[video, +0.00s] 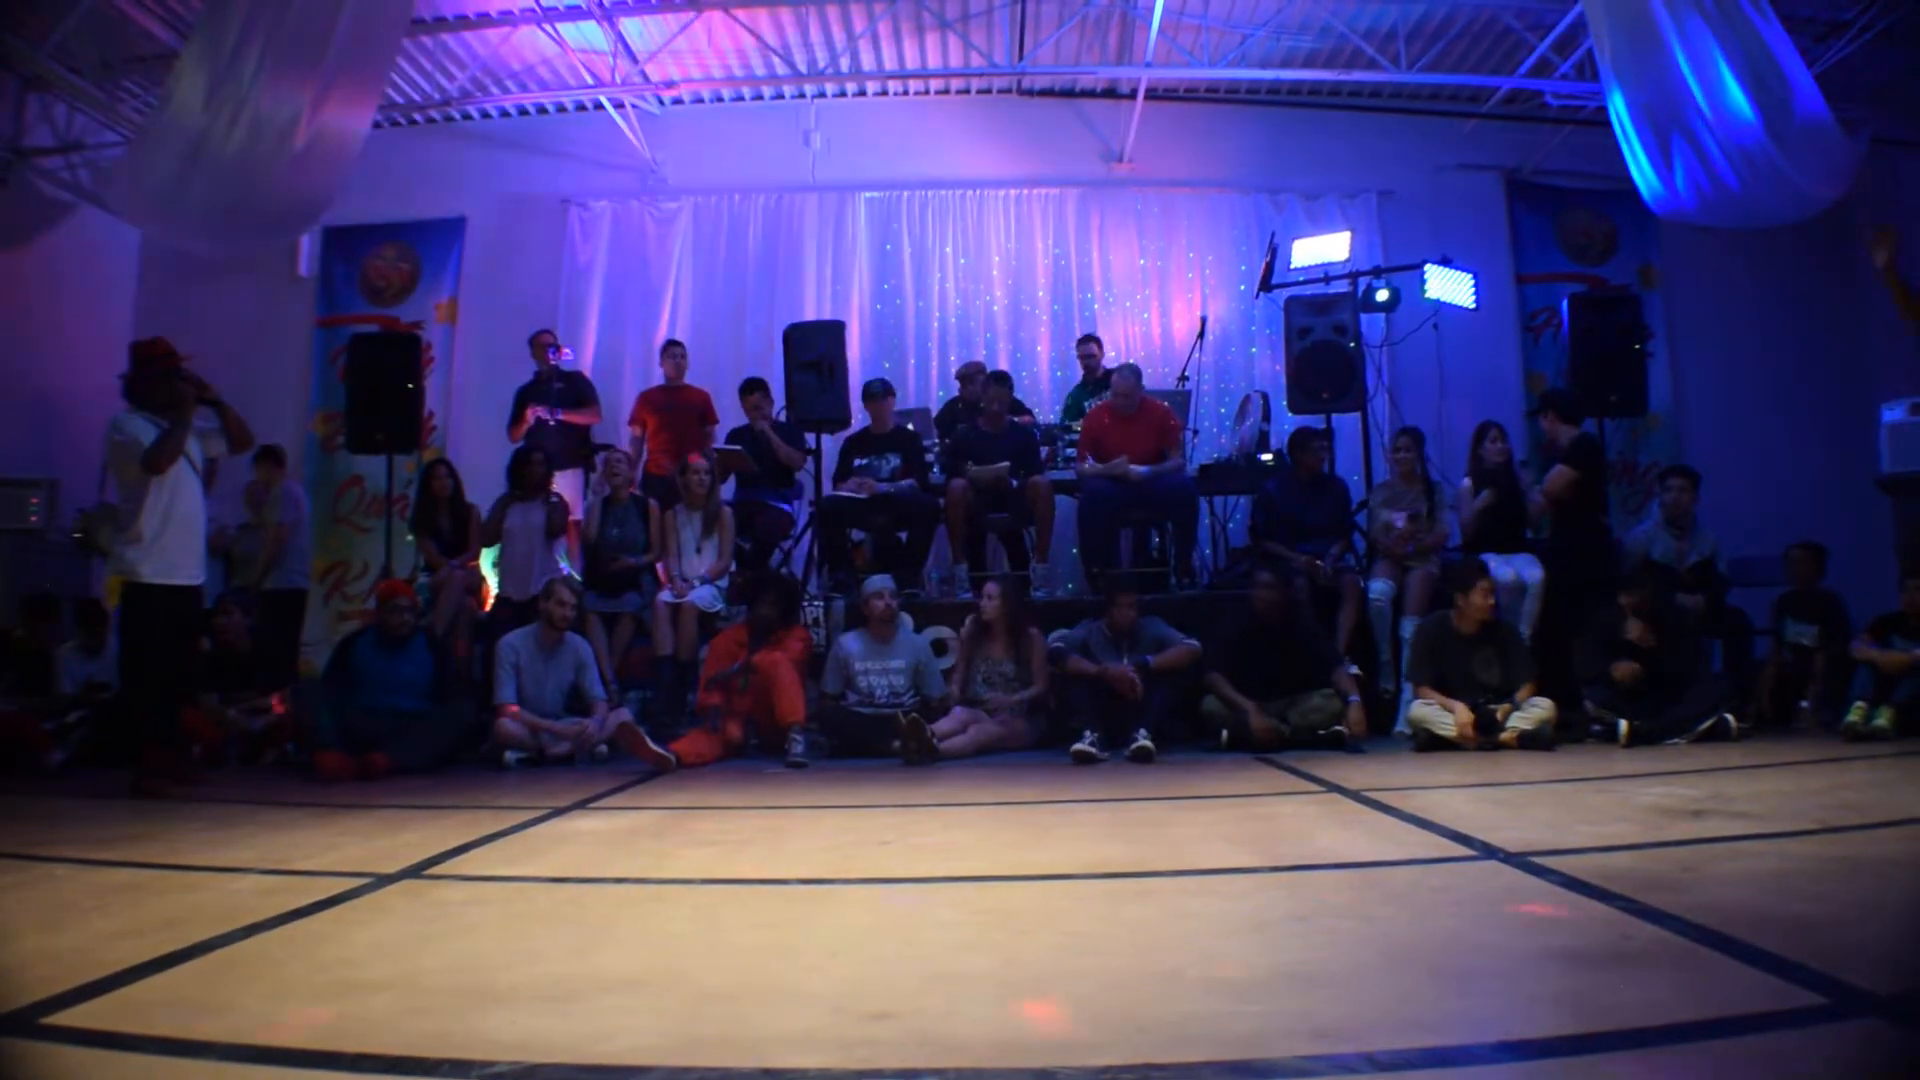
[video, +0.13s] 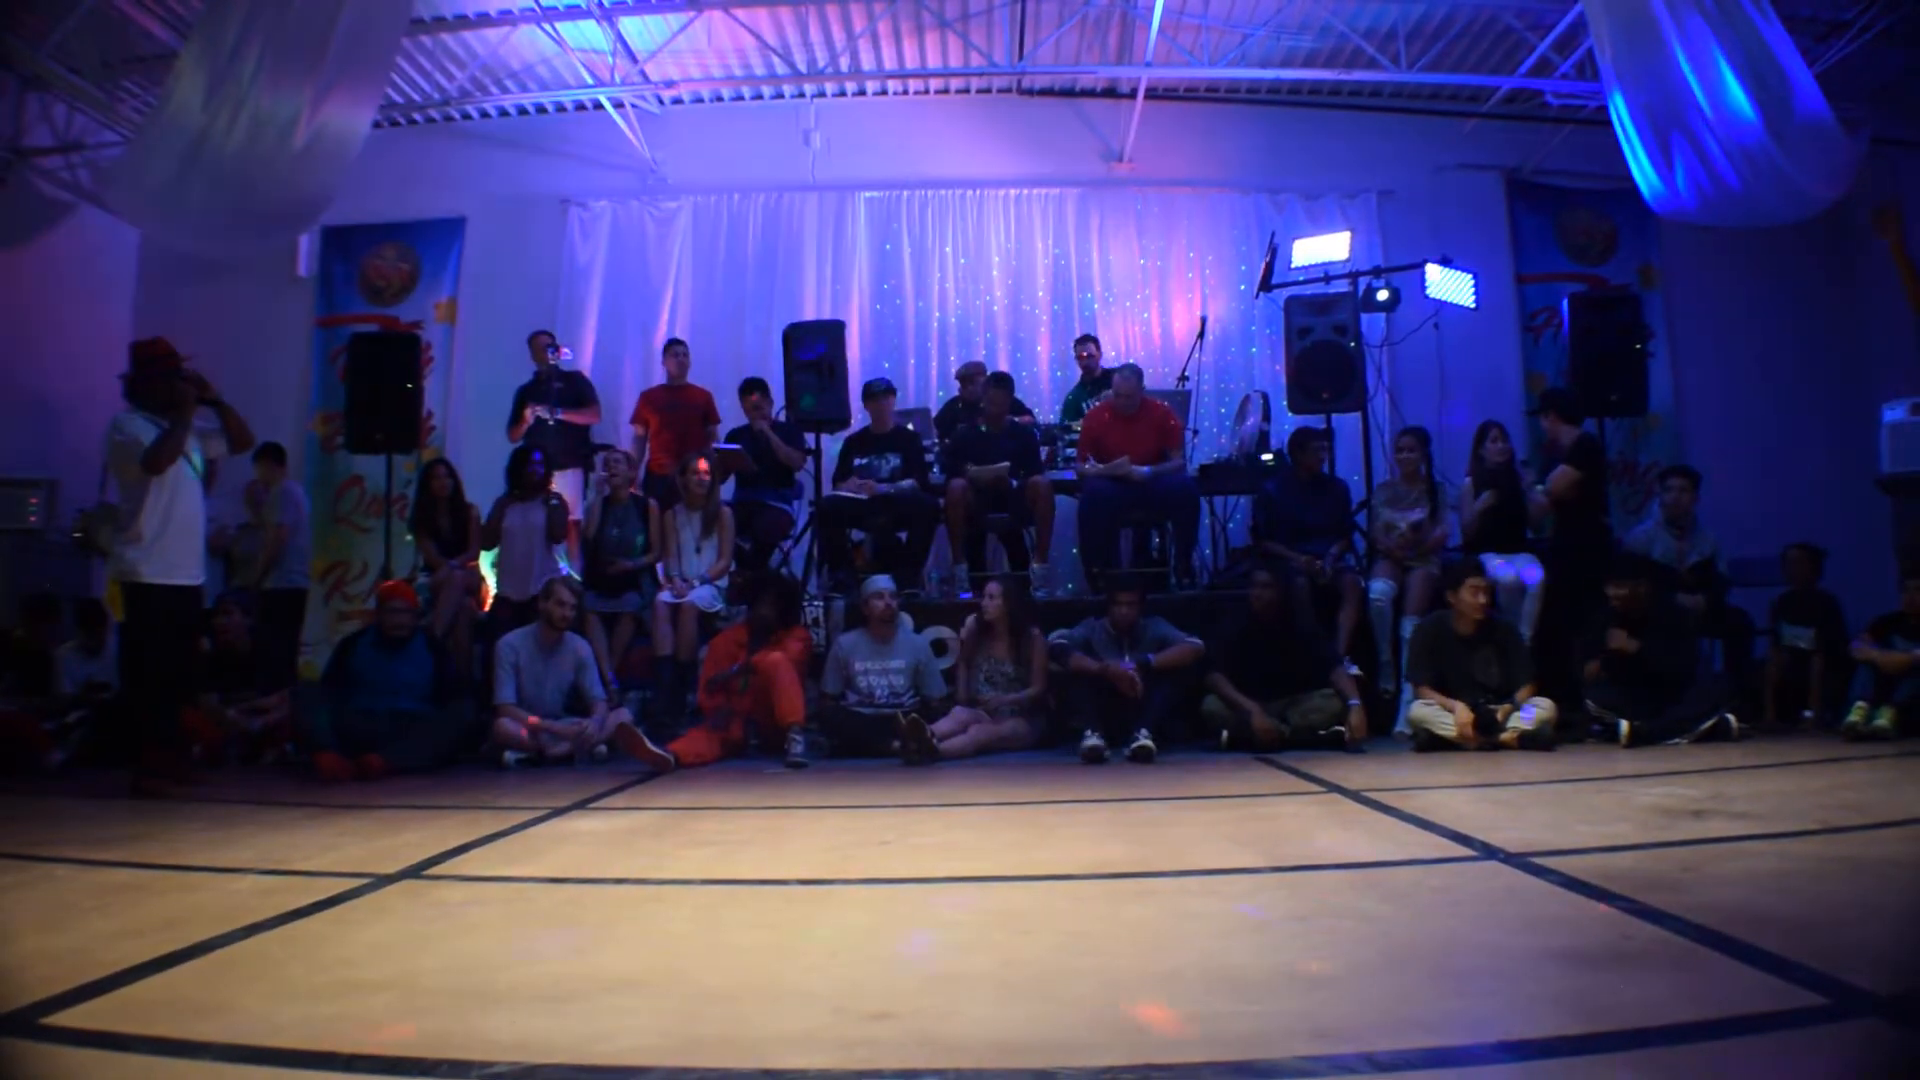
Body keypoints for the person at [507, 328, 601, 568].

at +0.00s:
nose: (549, 352)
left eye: (552, 346)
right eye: (543, 348)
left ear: (560, 350)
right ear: (533, 353)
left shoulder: (577, 380)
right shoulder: (526, 391)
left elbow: (594, 415)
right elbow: (514, 436)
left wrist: (558, 414)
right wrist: (527, 421)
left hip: (571, 463)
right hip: (538, 465)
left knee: (573, 523)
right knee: (538, 522)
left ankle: (575, 576)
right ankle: (540, 579)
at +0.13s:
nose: (546, 353)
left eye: (549, 347)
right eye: (540, 349)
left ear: (557, 350)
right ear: (532, 355)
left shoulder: (576, 380)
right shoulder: (526, 390)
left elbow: (594, 415)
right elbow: (513, 435)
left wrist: (558, 414)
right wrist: (526, 422)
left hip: (570, 462)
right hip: (537, 465)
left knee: (572, 522)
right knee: (537, 520)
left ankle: (575, 575)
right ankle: (538, 577)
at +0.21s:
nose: (544, 354)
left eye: (548, 347)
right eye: (538, 349)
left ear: (556, 349)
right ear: (531, 355)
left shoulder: (576, 379)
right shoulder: (526, 390)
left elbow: (594, 415)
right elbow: (513, 435)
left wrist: (558, 414)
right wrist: (526, 421)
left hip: (570, 461)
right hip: (537, 465)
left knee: (572, 522)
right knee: (537, 521)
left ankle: (574, 576)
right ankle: (538, 578)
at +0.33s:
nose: (540, 355)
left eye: (543, 349)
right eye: (534, 351)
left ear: (553, 350)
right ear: (529, 355)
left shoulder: (575, 380)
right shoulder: (525, 389)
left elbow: (593, 415)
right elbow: (512, 436)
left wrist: (557, 413)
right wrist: (522, 421)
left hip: (569, 463)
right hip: (537, 466)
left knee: (571, 525)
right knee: (536, 523)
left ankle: (573, 577)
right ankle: (538, 579)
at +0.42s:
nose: (539, 356)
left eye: (543, 349)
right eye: (533, 351)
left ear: (553, 350)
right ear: (529, 356)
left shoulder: (575, 380)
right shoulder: (525, 390)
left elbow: (593, 415)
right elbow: (512, 436)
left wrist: (557, 413)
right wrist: (520, 422)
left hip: (569, 462)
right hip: (537, 465)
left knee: (571, 525)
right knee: (536, 523)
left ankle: (573, 577)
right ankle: (538, 578)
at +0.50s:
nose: (539, 356)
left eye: (543, 349)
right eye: (533, 351)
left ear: (553, 350)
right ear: (529, 356)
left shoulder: (575, 379)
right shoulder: (525, 389)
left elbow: (593, 415)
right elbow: (513, 435)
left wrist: (557, 413)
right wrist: (520, 422)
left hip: (569, 463)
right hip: (537, 466)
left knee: (570, 524)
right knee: (536, 523)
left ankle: (573, 576)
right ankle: (539, 578)